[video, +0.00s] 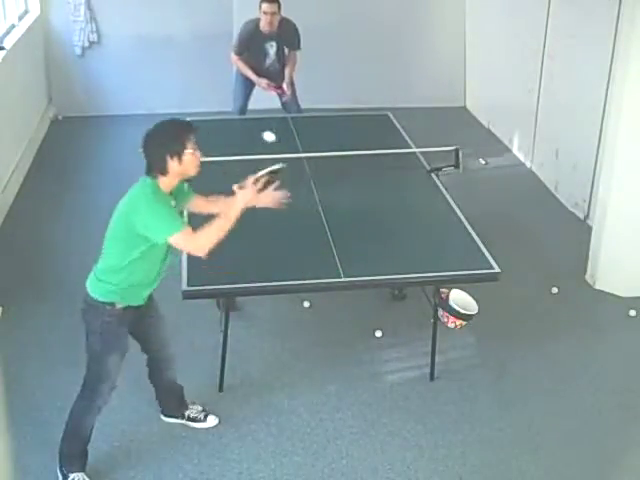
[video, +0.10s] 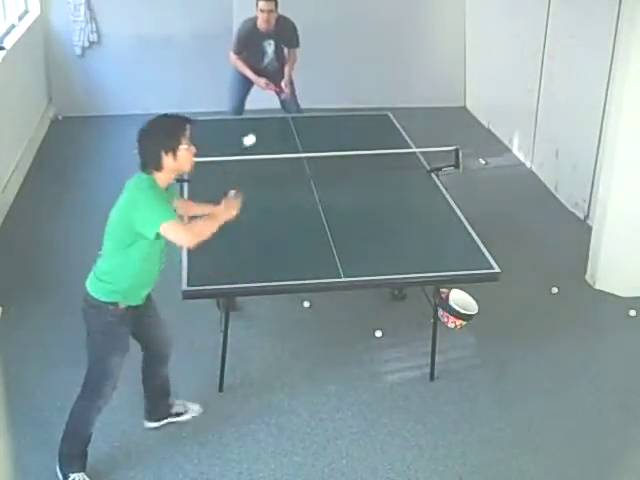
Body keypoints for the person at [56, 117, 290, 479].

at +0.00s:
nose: (199, 154)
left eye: (196, 147)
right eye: (193, 149)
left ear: (171, 159)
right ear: (172, 160)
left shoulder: (173, 189)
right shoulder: (146, 204)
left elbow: (211, 205)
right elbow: (198, 247)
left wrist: (255, 199)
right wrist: (239, 204)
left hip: (139, 298)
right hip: (107, 305)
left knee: (161, 356)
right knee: (100, 387)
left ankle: (173, 409)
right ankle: (71, 464)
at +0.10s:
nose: (194, 150)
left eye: (191, 143)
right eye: (187, 144)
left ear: (165, 155)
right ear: (167, 155)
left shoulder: (163, 187)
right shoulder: (143, 197)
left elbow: (185, 211)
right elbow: (187, 239)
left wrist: (221, 209)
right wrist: (222, 216)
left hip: (137, 297)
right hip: (107, 304)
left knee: (158, 345)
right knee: (100, 388)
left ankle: (159, 411)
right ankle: (70, 465)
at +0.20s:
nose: (194, 153)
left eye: (193, 145)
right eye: (189, 146)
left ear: (163, 153)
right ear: (168, 153)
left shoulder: (156, 184)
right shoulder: (145, 188)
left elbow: (167, 223)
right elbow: (178, 225)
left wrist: (199, 234)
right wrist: (208, 233)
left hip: (141, 297)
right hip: (115, 303)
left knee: (159, 347)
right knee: (107, 387)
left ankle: (149, 415)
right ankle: (72, 464)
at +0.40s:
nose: (191, 155)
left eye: (191, 147)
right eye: (188, 148)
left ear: (159, 147)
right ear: (173, 149)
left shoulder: (137, 176)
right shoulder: (170, 179)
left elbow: (106, 222)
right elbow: (200, 219)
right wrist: (229, 240)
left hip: (150, 295)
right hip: (142, 302)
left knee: (169, 349)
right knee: (143, 382)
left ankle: (152, 414)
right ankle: (91, 458)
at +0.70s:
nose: (189, 138)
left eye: (187, 132)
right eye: (187, 133)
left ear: (146, 139)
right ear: (179, 138)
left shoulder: (133, 177)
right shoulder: (199, 171)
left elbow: (108, 230)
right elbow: (240, 205)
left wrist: (76, 270)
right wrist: (279, 243)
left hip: (143, 290)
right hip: (182, 294)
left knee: (156, 348)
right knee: (199, 371)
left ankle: (148, 419)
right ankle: (172, 456)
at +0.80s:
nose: (195, 137)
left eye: (192, 131)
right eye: (193, 132)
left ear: (155, 139)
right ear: (189, 139)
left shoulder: (139, 181)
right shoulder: (206, 175)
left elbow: (120, 233)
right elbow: (250, 216)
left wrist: (91, 278)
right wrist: (293, 253)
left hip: (153, 293)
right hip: (194, 297)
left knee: (164, 346)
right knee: (223, 374)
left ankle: (153, 416)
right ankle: (221, 463)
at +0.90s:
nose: (209, 147)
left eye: (207, 141)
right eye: (207, 142)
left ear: (171, 146)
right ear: (203, 147)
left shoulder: (152, 188)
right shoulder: (218, 187)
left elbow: (132, 244)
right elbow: (258, 236)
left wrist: (105, 295)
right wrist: (302, 267)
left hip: (166, 300)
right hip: (205, 305)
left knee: (175, 347)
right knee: (246, 377)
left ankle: (154, 414)